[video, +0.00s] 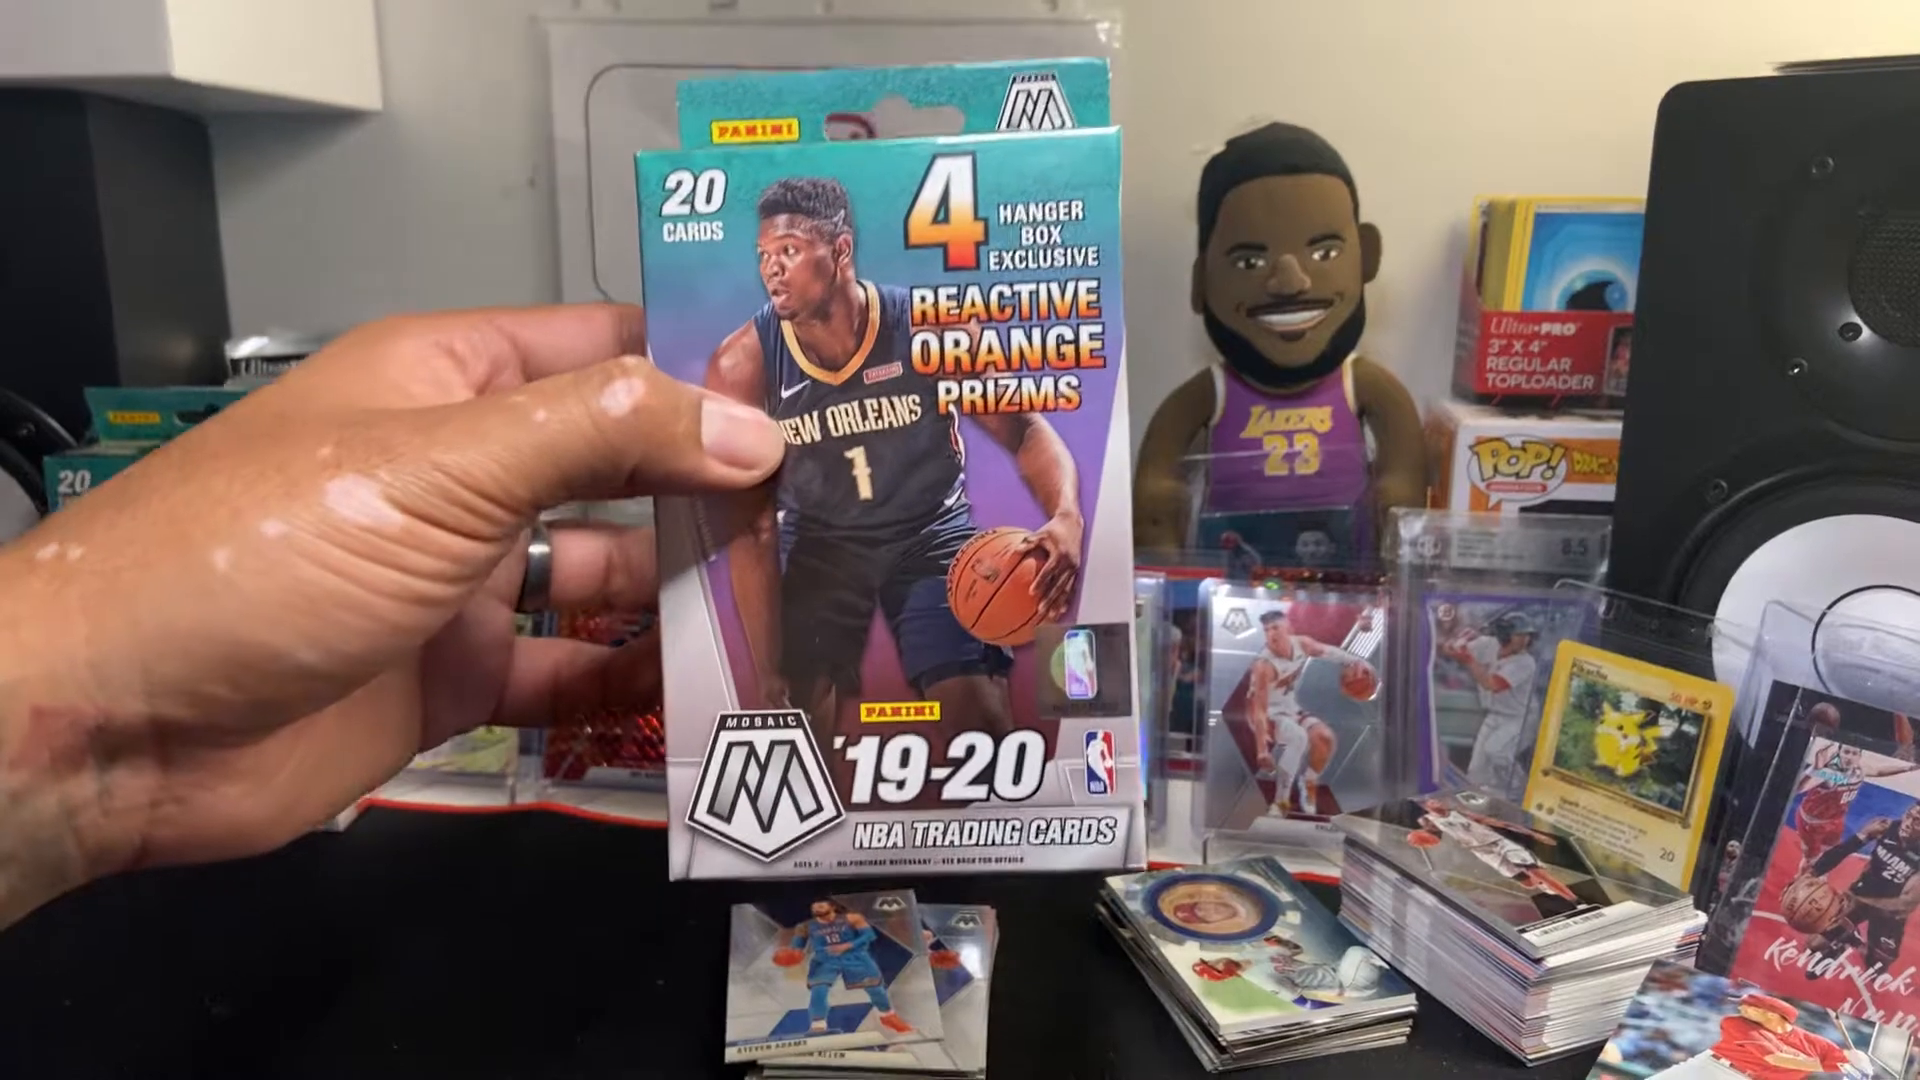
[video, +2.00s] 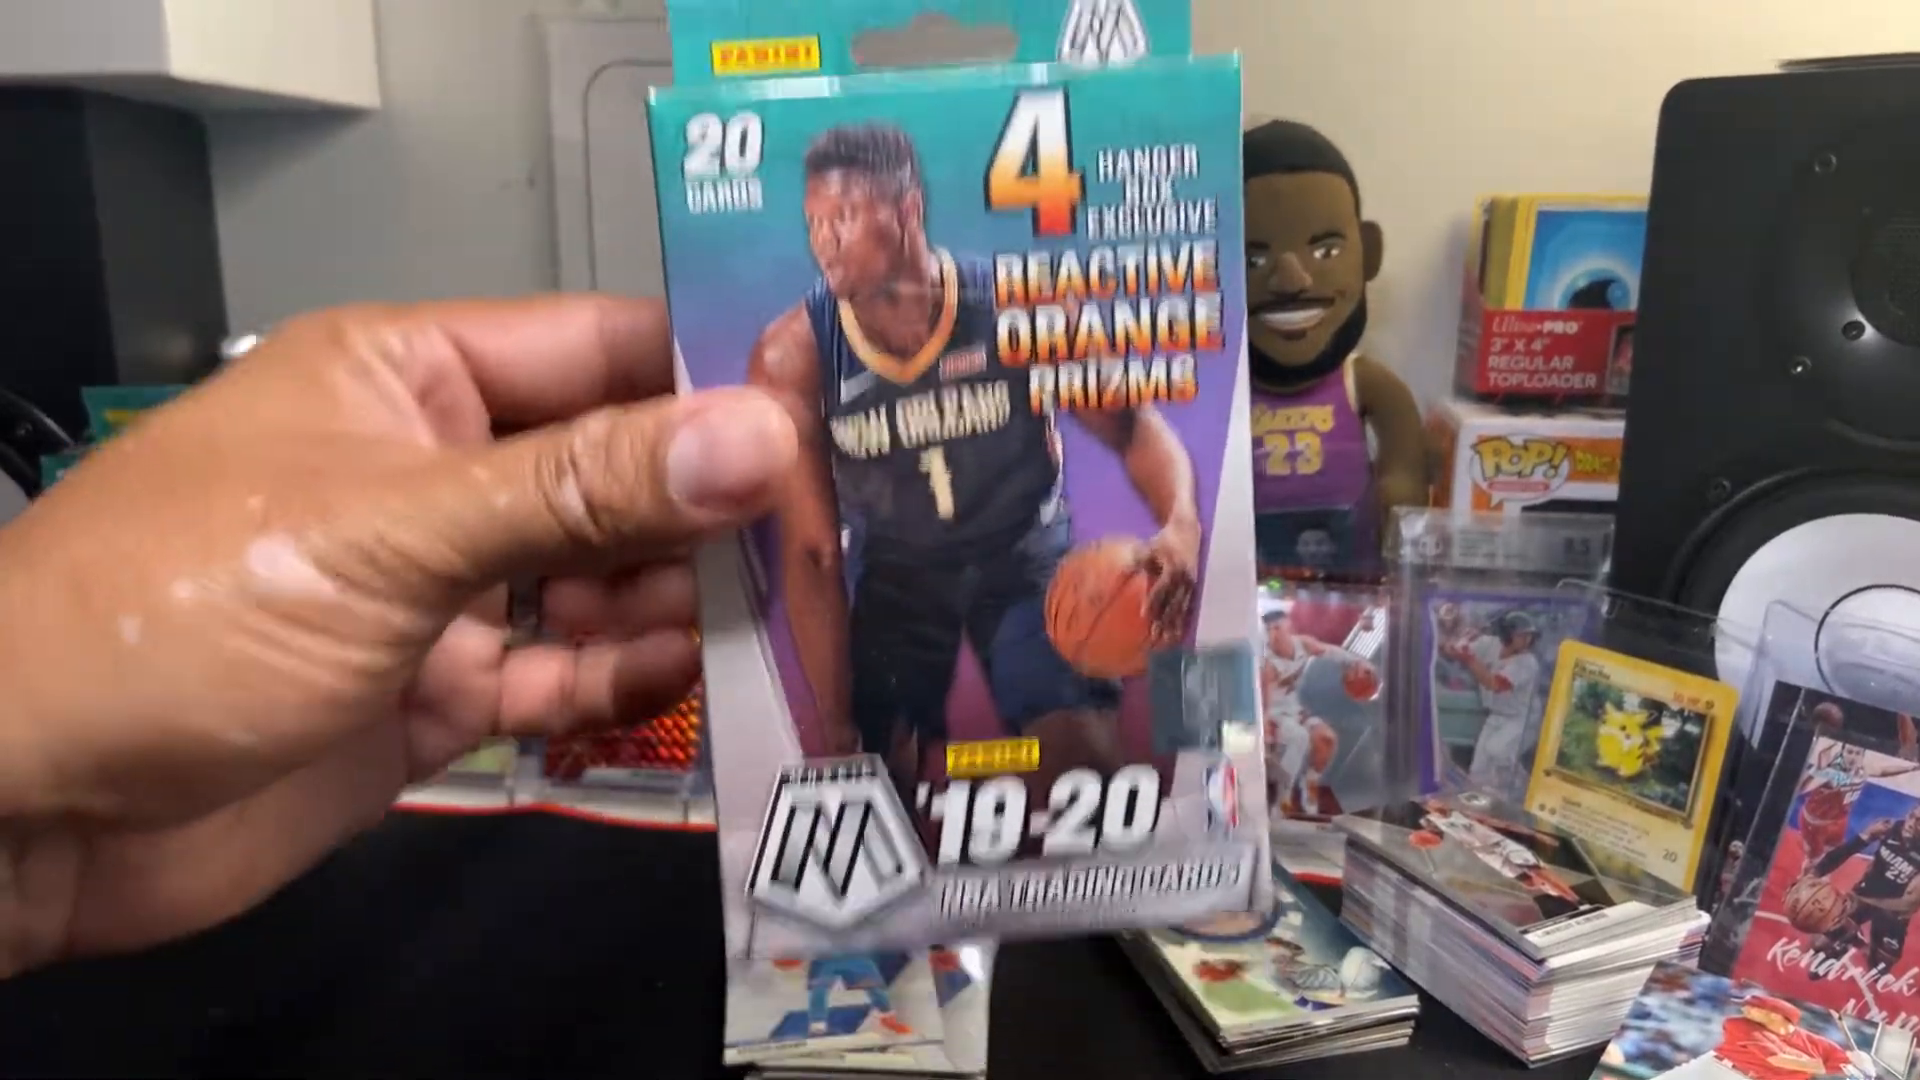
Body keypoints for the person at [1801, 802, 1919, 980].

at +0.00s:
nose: (1909, 823)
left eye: (1916, 822)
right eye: (1909, 816)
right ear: (1904, 814)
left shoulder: (1917, 860)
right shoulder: (1883, 827)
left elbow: (1906, 904)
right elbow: (1843, 850)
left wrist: (1858, 902)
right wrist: (1812, 873)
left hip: (1891, 913)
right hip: (1860, 897)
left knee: (1876, 969)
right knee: (1814, 945)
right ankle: (1842, 943)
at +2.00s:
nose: (1912, 824)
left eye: (1918, 822)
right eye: (1912, 817)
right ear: (1907, 814)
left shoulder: (1918, 857)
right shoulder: (1888, 829)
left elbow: (1909, 904)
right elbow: (1847, 850)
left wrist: (1861, 902)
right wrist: (1815, 873)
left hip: (1895, 911)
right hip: (1864, 896)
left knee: (1879, 969)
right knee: (1819, 945)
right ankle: (1846, 942)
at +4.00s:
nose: (1911, 824)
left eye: (1918, 822)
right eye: (1911, 816)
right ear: (1906, 814)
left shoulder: (1918, 859)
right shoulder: (1887, 829)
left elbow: (1907, 905)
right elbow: (1845, 851)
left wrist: (1860, 903)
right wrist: (1814, 874)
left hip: (1895, 911)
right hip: (1863, 896)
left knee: (1878, 970)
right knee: (1818, 946)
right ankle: (1843, 945)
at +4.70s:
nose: (1913, 824)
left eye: (1919, 822)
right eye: (1913, 817)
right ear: (1908, 815)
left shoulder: (1917, 856)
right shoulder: (1892, 829)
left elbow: (1905, 904)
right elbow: (1851, 850)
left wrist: (1862, 903)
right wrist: (1817, 873)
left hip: (1893, 906)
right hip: (1866, 894)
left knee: (1881, 968)